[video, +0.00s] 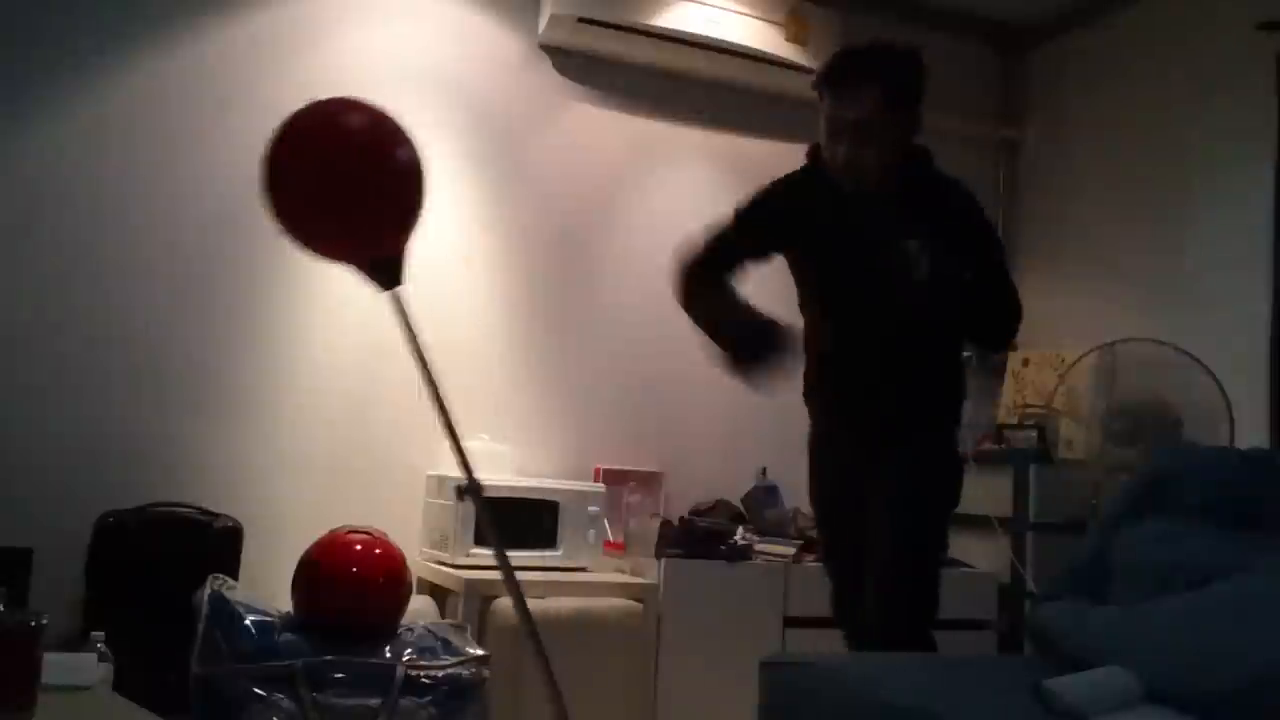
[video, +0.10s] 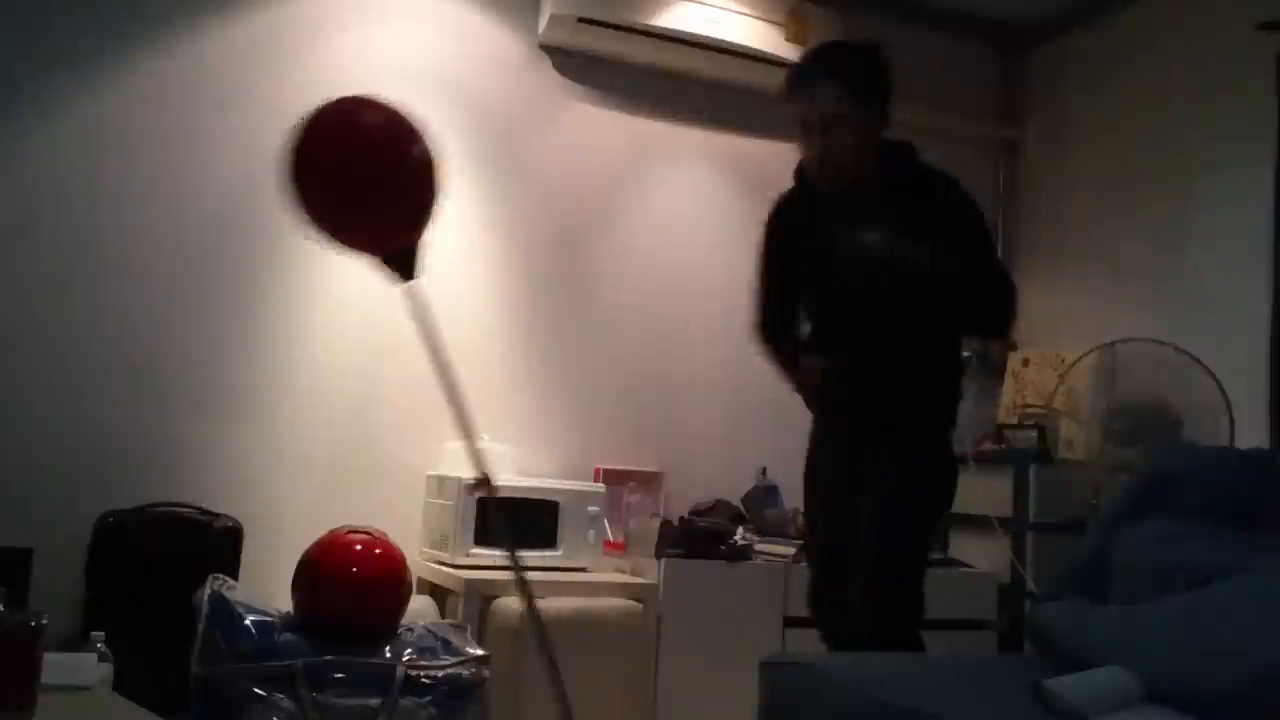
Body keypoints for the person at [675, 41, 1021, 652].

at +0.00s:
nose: (841, 143)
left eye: (859, 126)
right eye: (832, 124)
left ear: (902, 124)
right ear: (820, 118)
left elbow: (1001, 322)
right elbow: (700, 275)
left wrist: (933, 290)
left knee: (901, 619)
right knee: (858, 615)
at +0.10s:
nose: (816, 143)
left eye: (832, 124)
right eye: (806, 126)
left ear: (872, 119)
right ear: (797, 123)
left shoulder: (935, 197)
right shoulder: (798, 210)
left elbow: (995, 306)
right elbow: (775, 319)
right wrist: (806, 374)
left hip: (917, 422)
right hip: (837, 423)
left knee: (889, 608)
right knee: (834, 608)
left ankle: (902, 718)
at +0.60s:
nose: (789, 190)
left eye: (796, 170)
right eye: (780, 177)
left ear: (834, 155)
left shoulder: (899, 214)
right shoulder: (839, 234)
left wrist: (821, 346)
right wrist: (817, 344)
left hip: (908, 438)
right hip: (869, 435)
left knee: (881, 611)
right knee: (856, 608)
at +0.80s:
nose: (822, 152)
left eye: (837, 134)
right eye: (813, 138)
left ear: (877, 132)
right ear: (804, 140)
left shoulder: (931, 211)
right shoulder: (822, 213)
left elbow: (1014, 313)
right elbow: (803, 298)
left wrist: (949, 361)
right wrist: (798, 349)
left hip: (908, 428)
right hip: (842, 424)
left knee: (881, 606)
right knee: (847, 604)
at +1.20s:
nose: (823, 183)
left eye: (833, 165)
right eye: (813, 170)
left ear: (869, 153)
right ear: (808, 168)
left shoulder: (929, 220)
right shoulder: (833, 232)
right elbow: (794, 337)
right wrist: (789, 261)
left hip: (908, 430)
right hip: (848, 429)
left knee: (876, 606)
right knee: (844, 603)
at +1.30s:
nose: (800, 196)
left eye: (807, 179)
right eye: (792, 185)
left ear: (841, 160)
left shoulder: (909, 210)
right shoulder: (825, 232)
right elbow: (800, 341)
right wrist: (777, 263)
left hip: (906, 431)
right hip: (859, 428)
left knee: (868, 603)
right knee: (850, 600)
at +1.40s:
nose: (784, 193)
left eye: (790, 176)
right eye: (775, 182)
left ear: (825, 158)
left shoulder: (895, 208)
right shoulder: (819, 233)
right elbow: (805, 348)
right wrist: (767, 277)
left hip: (905, 429)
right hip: (867, 427)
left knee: (866, 599)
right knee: (862, 598)